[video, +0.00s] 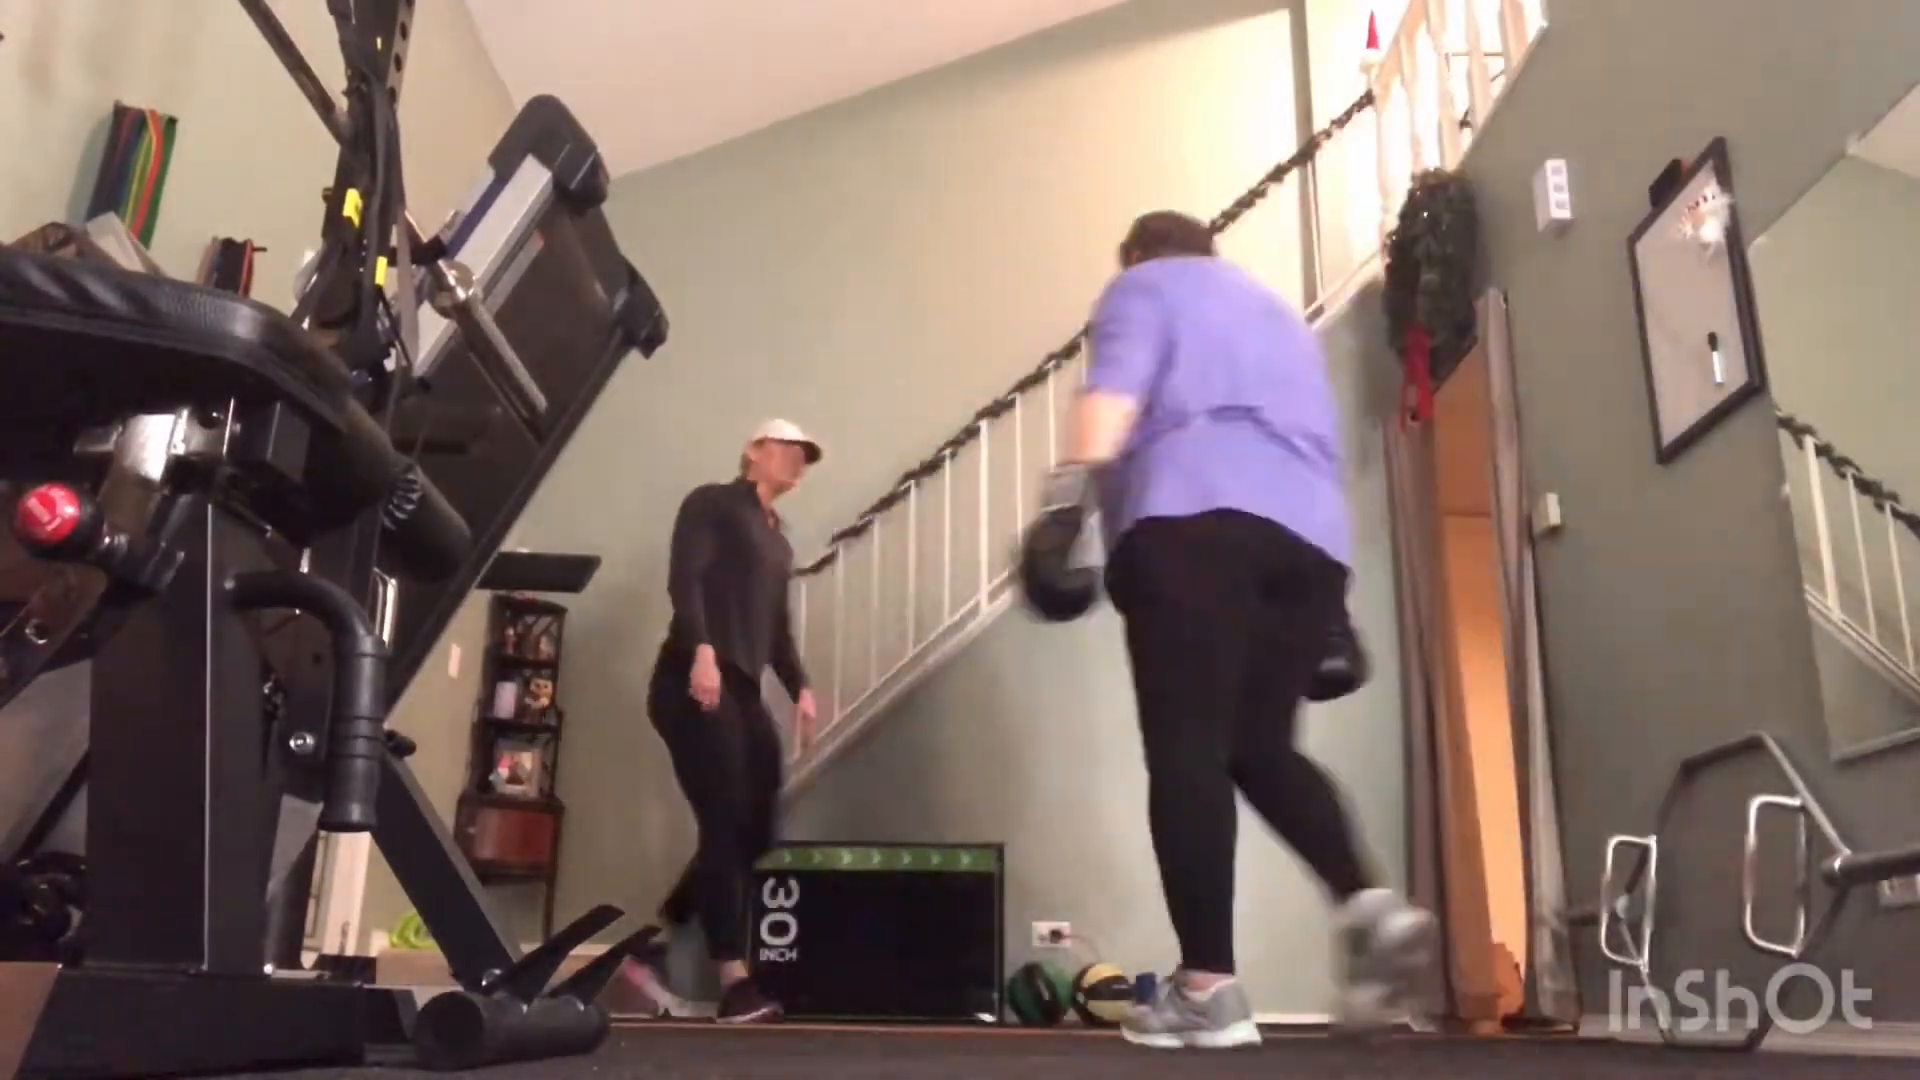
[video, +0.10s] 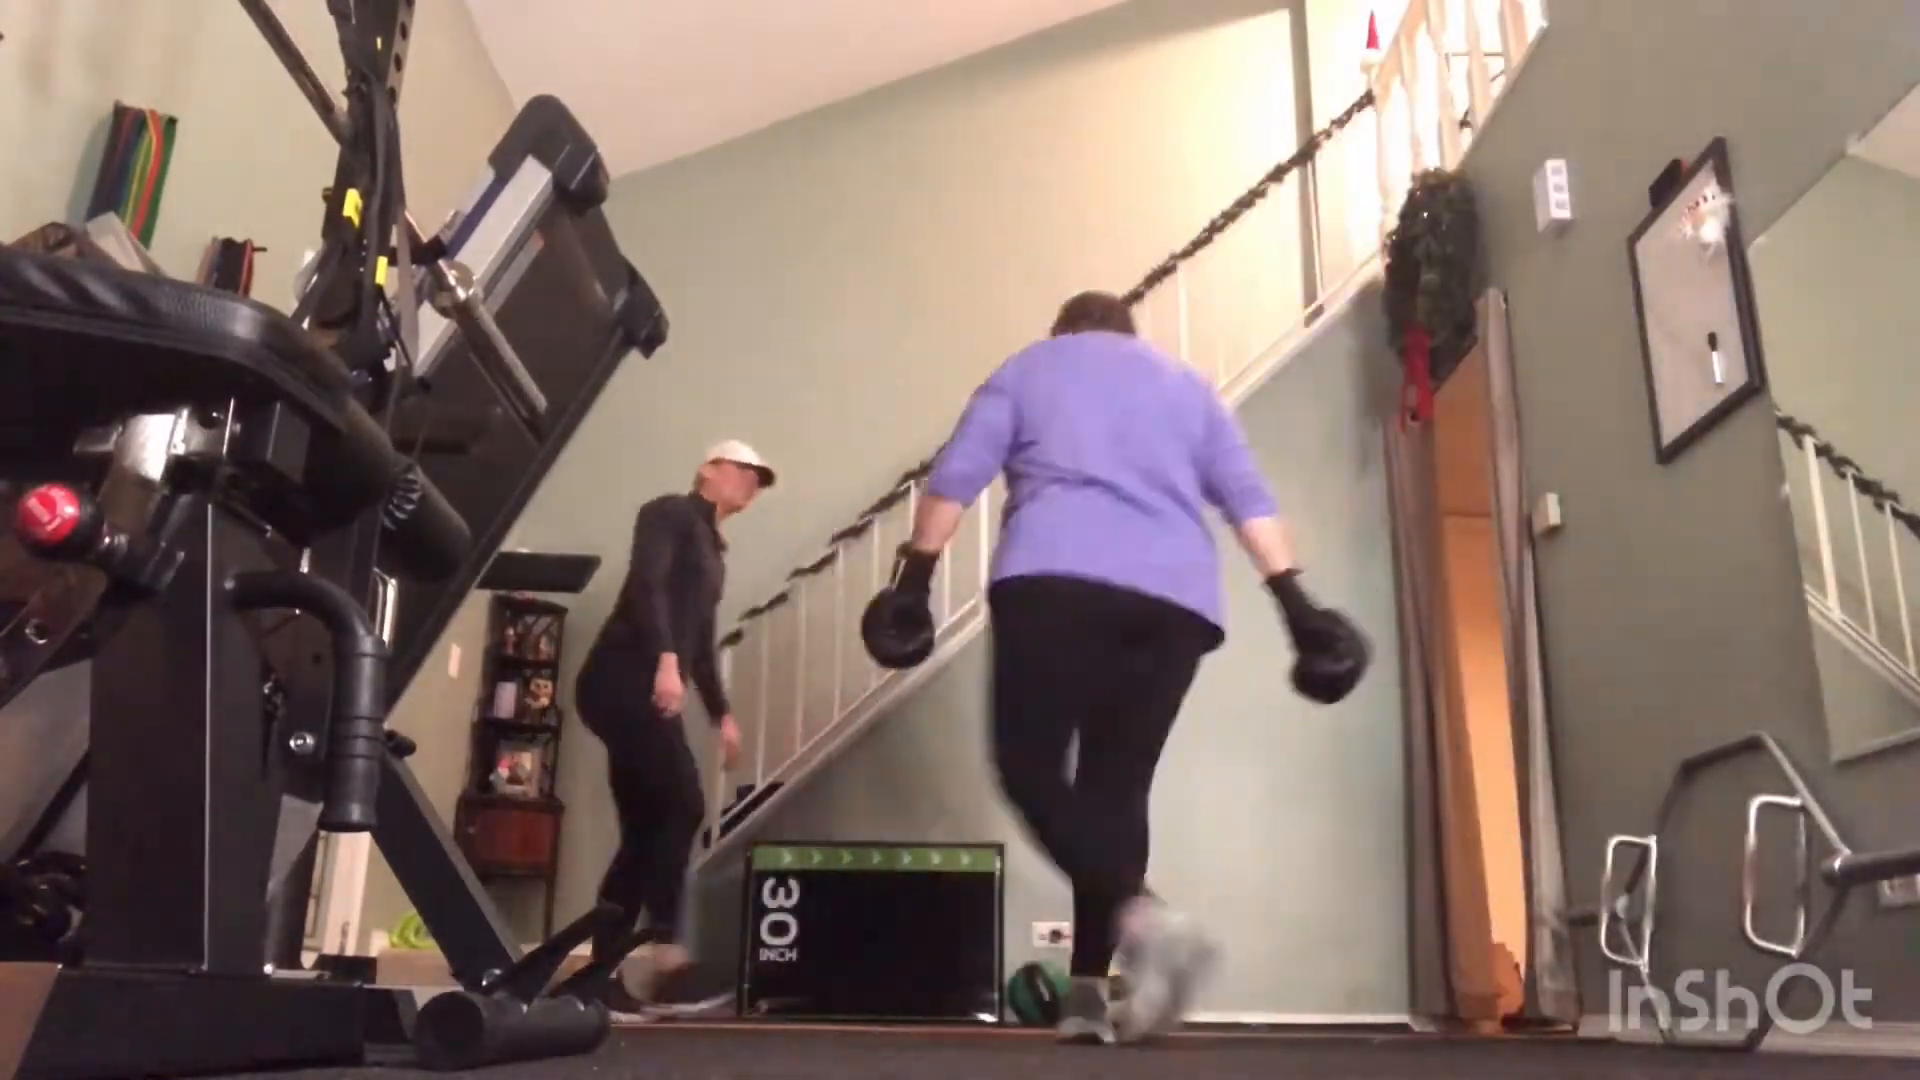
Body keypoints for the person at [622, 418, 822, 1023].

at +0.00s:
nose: (800, 464)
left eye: (803, 456)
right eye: (790, 451)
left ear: (795, 467)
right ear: (755, 452)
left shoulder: (777, 544)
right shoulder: (710, 502)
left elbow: (776, 625)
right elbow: (686, 578)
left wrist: (800, 687)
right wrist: (702, 649)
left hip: (742, 690)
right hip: (694, 678)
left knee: (753, 821)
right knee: (726, 818)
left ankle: (648, 946)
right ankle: (734, 978)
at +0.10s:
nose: (753, 486)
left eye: (757, 479)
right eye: (745, 472)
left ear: (744, 489)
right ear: (710, 471)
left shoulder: (712, 548)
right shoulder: (670, 511)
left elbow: (700, 636)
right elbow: (648, 585)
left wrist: (721, 711)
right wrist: (666, 657)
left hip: (648, 686)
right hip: (622, 675)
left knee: (648, 827)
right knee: (682, 801)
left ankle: (601, 966)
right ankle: (665, 943)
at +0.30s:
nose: (745, 563)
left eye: (754, 558)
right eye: (750, 549)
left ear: (746, 550)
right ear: (730, 523)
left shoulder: (700, 601)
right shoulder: (666, 535)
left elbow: (696, 688)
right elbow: (605, 580)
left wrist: (727, 767)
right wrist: (595, 646)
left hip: (605, 703)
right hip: (558, 684)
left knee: (631, 833)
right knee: (534, 827)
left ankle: (631, 976)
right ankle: (493, 961)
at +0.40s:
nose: (793, 628)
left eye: (798, 622)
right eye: (797, 614)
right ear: (786, 599)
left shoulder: (746, 660)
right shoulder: (732, 577)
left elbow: (756, 751)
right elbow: (656, 590)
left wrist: (803, 804)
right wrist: (637, 650)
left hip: (628, 710)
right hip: (582, 685)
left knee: (650, 836)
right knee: (548, 820)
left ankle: (637, 979)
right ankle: (504, 954)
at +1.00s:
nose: (788, 547)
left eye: (798, 545)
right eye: (784, 532)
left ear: (795, 559)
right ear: (756, 528)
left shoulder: (747, 624)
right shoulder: (708, 548)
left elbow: (721, 701)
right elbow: (639, 586)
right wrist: (652, 646)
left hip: (652, 712)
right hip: (605, 686)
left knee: (665, 834)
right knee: (584, 820)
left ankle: (640, 980)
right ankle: (516, 944)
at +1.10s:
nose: (718, 509)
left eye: (724, 502)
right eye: (713, 495)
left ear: (715, 509)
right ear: (679, 486)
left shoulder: (688, 576)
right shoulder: (629, 525)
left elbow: (661, 657)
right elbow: (576, 582)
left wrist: (683, 714)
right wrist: (586, 651)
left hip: (619, 709)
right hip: (567, 694)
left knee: (644, 833)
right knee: (554, 828)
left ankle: (636, 979)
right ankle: (490, 953)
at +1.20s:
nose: (714, 509)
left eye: (721, 503)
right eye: (710, 495)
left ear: (715, 507)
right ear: (679, 482)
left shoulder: (687, 569)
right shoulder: (631, 523)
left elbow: (666, 647)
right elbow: (585, 580)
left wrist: (683, 693)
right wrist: (573, 650)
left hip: (634, 708)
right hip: (586, 692)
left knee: (649, 836)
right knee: (563, 828)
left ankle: (634, 978)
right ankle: (492, 950)